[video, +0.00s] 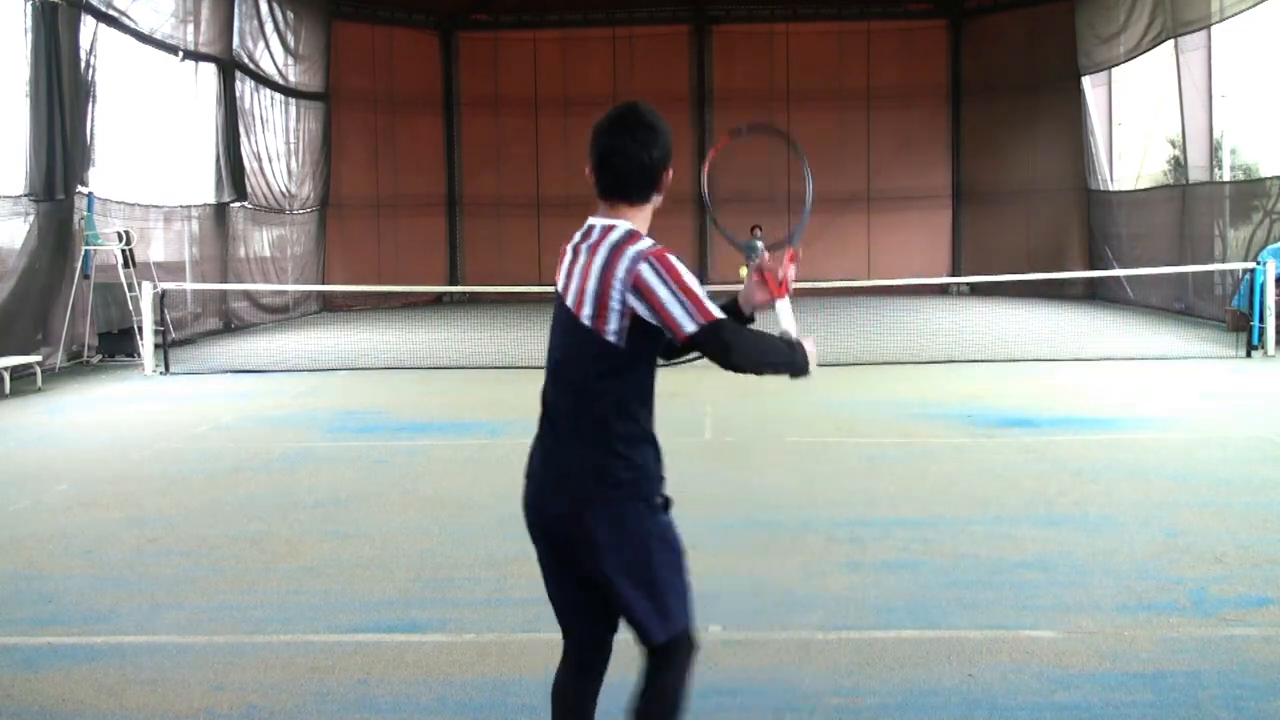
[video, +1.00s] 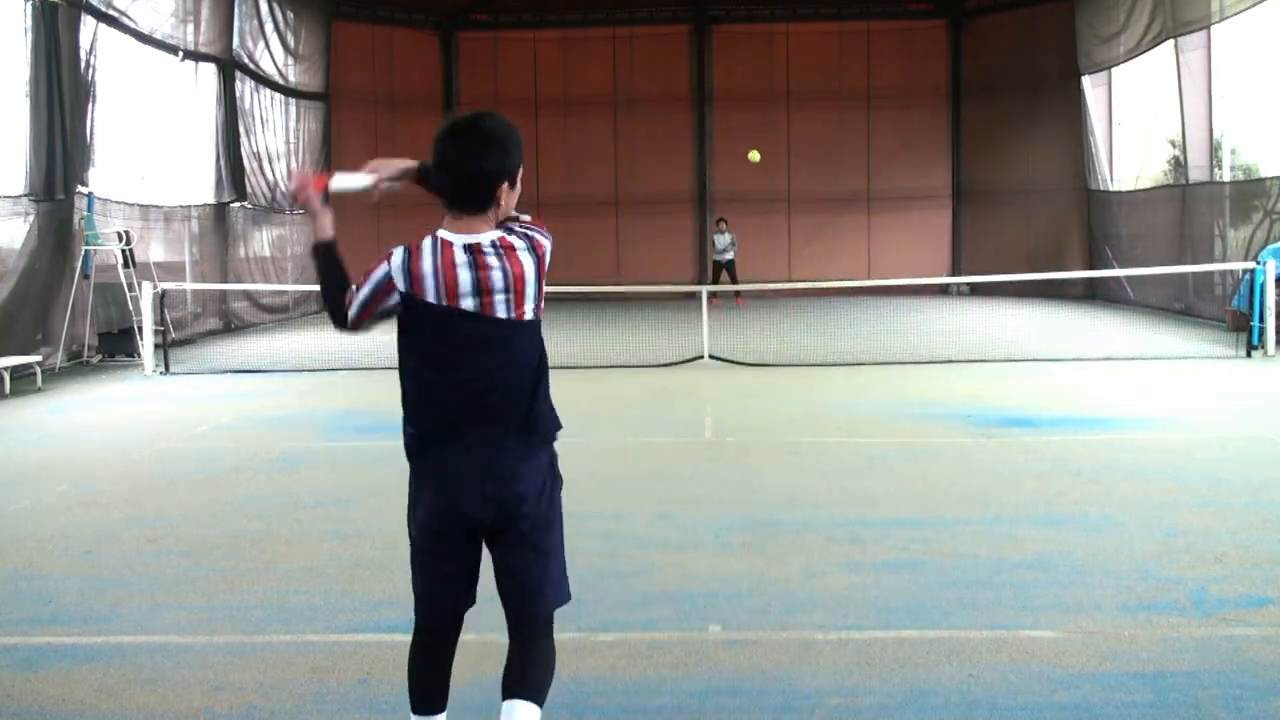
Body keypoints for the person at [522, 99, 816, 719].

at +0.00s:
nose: (669, 175)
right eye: (667, 165)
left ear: (592, 172)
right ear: (665, 178)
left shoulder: (581, 247)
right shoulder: (642, 261)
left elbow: (655, 336)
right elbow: (730, 346)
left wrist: (739, 301)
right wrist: (797, 353)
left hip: (552, 486)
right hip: (616, 492)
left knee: (586, 640)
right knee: (671, 645)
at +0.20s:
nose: (642, 207)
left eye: (636, 194)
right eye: (642, 196)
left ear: (566, 194)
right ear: (633, 205)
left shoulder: (594, 274)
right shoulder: (571, 283)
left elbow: (668, 319)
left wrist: (724, 271)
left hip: (551, 506)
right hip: (534, 512)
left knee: (554, 655)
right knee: (583, 680)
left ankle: (506, 715)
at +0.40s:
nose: (611, 218)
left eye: (610, 206)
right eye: (611, 206)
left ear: (540, 201)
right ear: (598, 213)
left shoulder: (568, 275)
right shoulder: (516, 286)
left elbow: (631, 316)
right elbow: (507, 380)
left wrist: (718, 321)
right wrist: (553, 369)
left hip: (517, 503)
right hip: (488, 509)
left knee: (504, 634)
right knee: (553, 677)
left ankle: (458, 717)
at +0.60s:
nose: (588, 237)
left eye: (588, 225)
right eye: (589, 226)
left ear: (513, 217)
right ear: (575, 236)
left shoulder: (530, 289)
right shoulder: (487, 308)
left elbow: (588, 294)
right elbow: (465, 393)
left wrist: (667, 293)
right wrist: (483, 436)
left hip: (457, 500)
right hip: (472, 516)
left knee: (478, 626)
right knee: (526, 674)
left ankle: (445, 716)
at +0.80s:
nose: (540, 206)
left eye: (540, 194)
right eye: (536, 196)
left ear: (472, 197)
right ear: (503, 206)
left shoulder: (406, 246)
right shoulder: (516, 289)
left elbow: (395, 210)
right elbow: (573, 340)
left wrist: (462, 196)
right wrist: (634, 300)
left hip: (432, 481)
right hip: (503, 487)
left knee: (433, 622)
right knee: (512, 637)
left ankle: (426, 719)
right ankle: (483, 719)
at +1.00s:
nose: (518, 192)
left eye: (516, 181)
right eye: (517, 181)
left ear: (441, 187)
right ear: (505, 191)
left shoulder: (408, 264)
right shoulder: (531, 252)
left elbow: (347, 313)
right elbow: (491, 205)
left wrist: (321, 224)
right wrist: (416, 170)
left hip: (440, 474)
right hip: (520, 471)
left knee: (436, 623)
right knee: (532, 624)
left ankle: (426, 718)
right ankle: (519, 715)